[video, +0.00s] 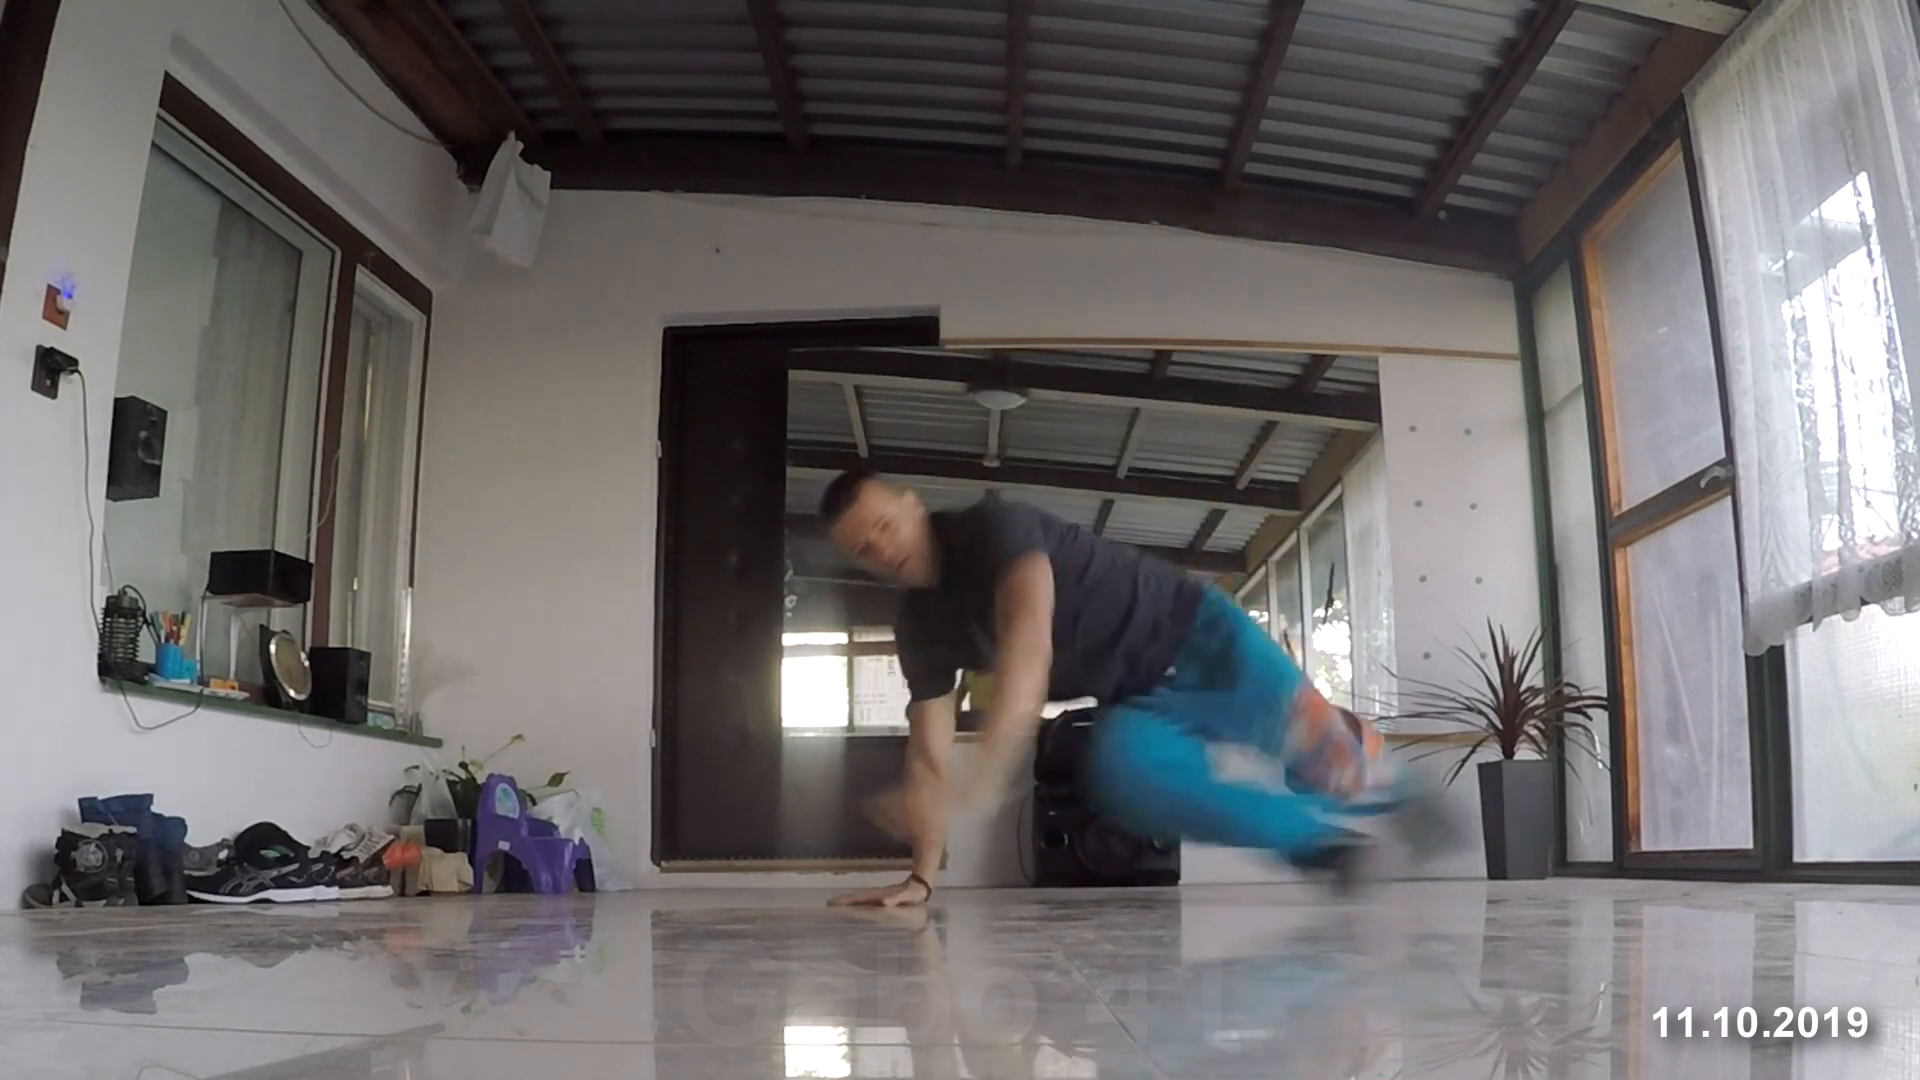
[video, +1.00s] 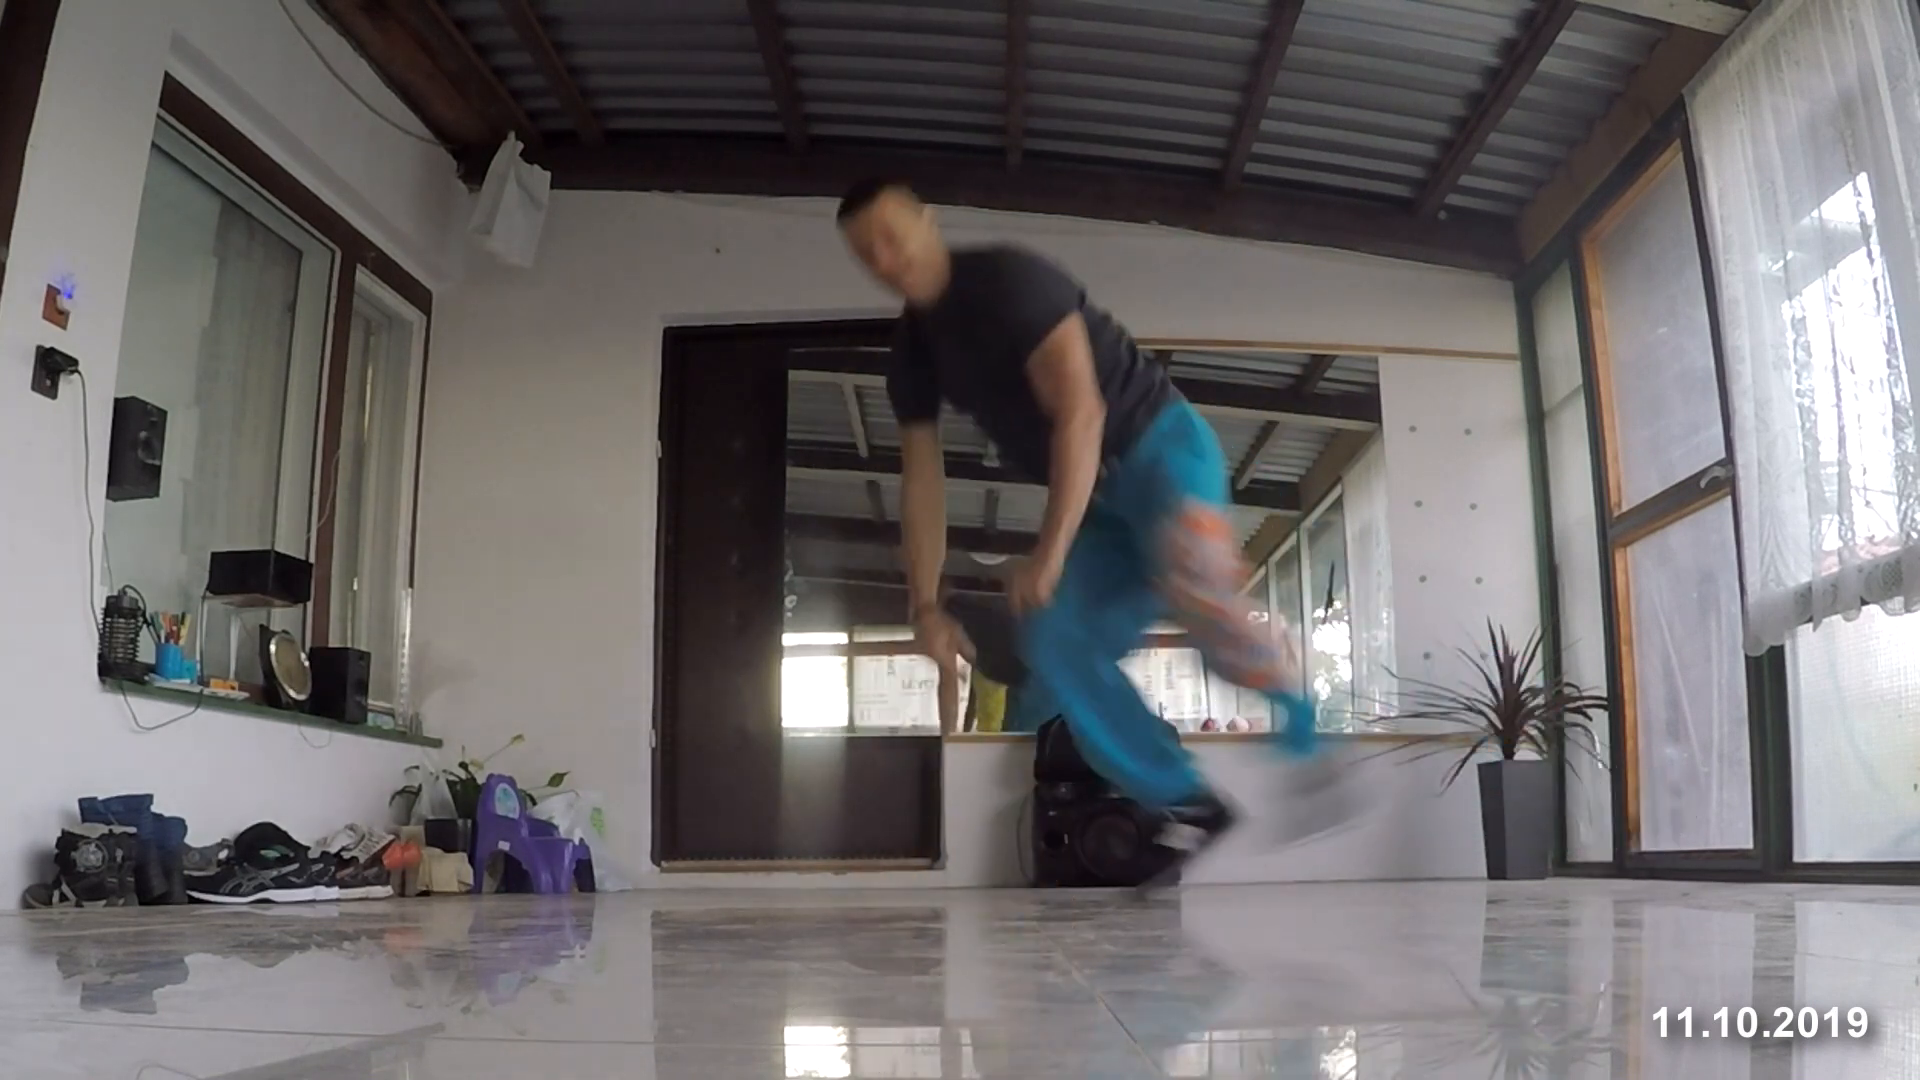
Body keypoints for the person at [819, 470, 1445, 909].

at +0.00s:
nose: (881, 553)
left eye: (883, 529)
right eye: (862, 551)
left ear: (911, 502)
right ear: (858, 561)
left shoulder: (1000, 527)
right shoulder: (920, 624)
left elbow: (1027, 664)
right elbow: (933, 753)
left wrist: (974, 784)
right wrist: (921, 877)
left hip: (1206, 635)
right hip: (1145, 700)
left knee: (1329, 770)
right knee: (1122, 770)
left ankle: (1410, 800)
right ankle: (1335, 841)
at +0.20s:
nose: (857, 714)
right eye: (848, 705)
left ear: (872, 659)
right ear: (875, 666)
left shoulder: (977, 636)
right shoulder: (942, 678)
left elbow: (1099, 738)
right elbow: (923, 768)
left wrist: (1056, 890)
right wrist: (897, 875)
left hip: (1211, 702)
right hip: (1137, 738)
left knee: (1401, 801)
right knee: (1036, 776)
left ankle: (1585, 796)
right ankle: (1194, 830)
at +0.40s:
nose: (962, 821)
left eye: (945, 816)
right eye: (943, 825)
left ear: (925, 764)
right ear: (925, 772)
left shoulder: (1005, 683)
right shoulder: (953, 733)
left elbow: (1100, 743)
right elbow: (951, 784)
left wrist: (1054, 887)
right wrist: (901, 871)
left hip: (1245, 728)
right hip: (1169, 763)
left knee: (1436, 813)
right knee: (1063, 834)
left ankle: (1620, 805)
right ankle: (1217, 831)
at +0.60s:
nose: (924, 768)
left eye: (911, 761)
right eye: (907, 768)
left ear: (916, 715)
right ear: (909, 718)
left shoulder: (1006, 643)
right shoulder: (951, 697)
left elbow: (1085, 736)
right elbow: (929, 786)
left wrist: (1053, 887)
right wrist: (896, 878)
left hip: (1241, 674)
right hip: (1167, 726)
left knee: (1412, 775)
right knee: (1058, 787)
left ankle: (1622, 803)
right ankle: (1214, 838)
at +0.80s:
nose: (858, 447)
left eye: (863, 426)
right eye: (846, 443)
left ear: (903, 409)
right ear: (857, 461)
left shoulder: (985, 446)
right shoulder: (933, 533)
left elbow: (1015, 590)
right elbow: (919, 672)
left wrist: (1005, 748)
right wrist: (887, 800)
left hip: (1235, 528)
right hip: (1169, 597)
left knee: (1405, 641)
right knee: (1094, 702)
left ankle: (1561, 749)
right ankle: (1232, 847)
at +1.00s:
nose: (886, 261)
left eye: (892, 238)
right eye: (869, 254)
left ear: (928, 220)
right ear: (865, 264)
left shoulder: (1012, 279)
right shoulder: (913, 348)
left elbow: (1080, 414)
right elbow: (922, 482)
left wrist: (1047, 557)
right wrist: (925, 605)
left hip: (1163, 447)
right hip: (1101, 503)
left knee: (1198, 597)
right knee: (1053, 634)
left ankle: (1307, 734)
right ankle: (1192, 805)